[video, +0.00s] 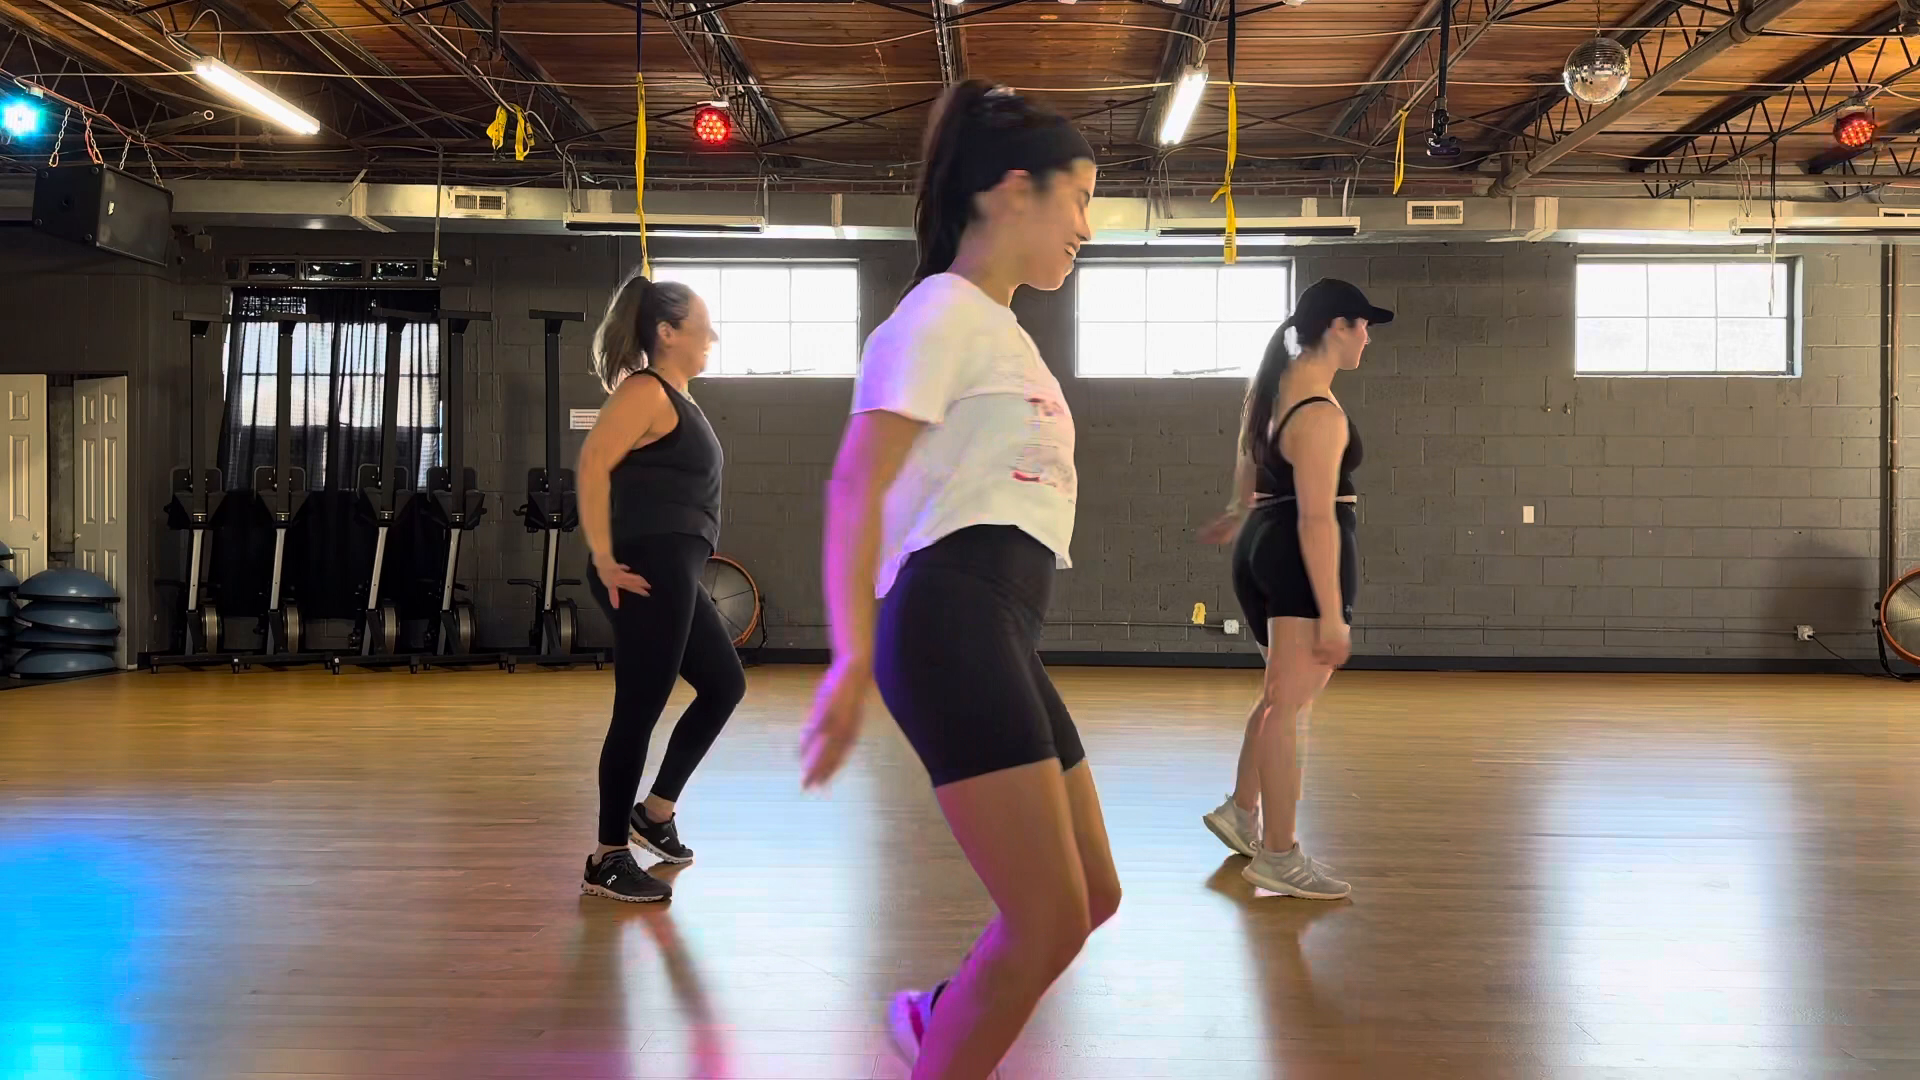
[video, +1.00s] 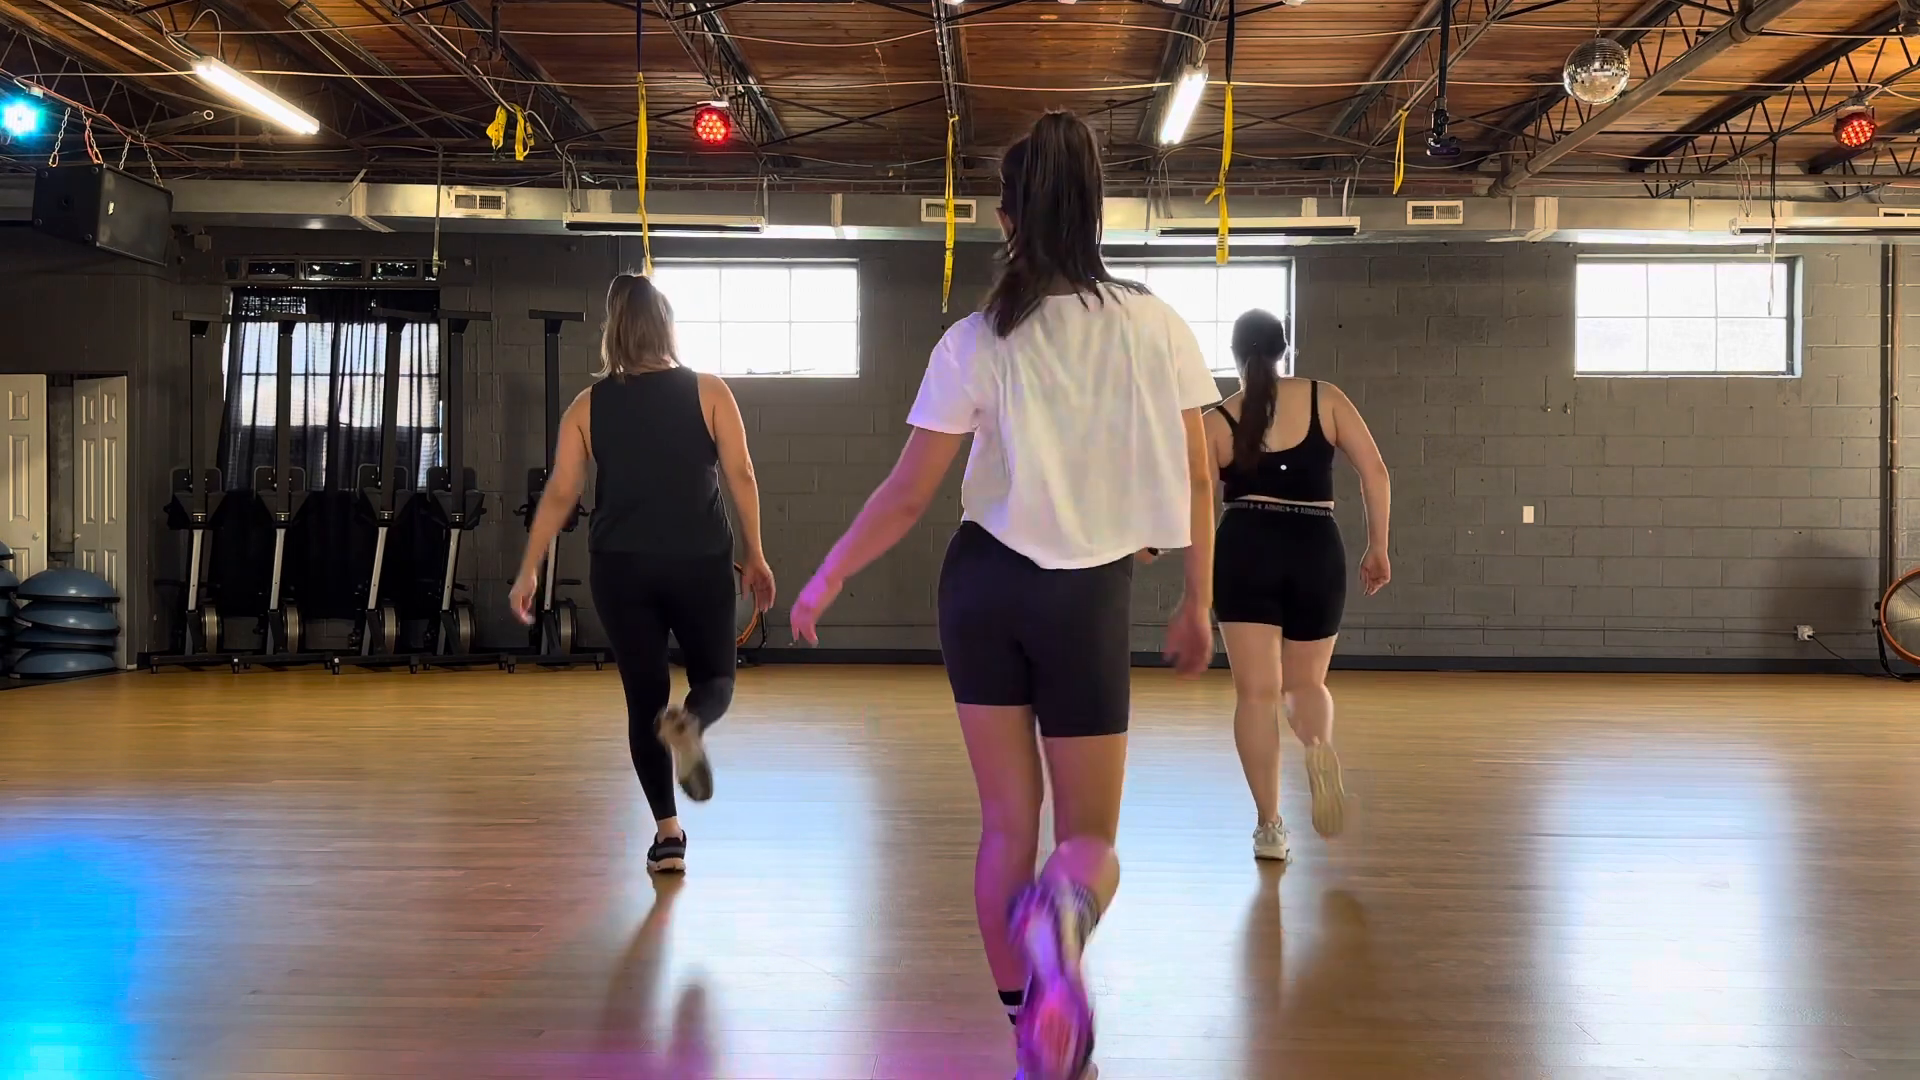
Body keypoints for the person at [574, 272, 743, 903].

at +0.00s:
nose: (713, 337)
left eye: (711, 326)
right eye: (704, 327)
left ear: (671, 334)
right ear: (668, 332)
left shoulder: (671, 395)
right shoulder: (646, 389)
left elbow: (651, 488)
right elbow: (592, 463)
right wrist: (603, 559)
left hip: (675, 570)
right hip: (650, 570)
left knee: (724, 686)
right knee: (637, 710)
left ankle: (657, 808)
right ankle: (609, 854)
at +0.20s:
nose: (708, 341)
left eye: (707, 329)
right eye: (705, 329)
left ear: (640, 329)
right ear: (686, 329)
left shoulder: (611, 396)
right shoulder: (682, 388)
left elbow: (584, 488)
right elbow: (681, 480)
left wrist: (584, 570)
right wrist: (710, 567)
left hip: (615, 569)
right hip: (667, 567)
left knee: (690, 678)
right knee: (643, 711)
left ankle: (669, 810)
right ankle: (600, 859)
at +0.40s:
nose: (706, 343)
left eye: (704, 335)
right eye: (705, 334)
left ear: (642, 334)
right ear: (696, 333)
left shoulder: (597, 396)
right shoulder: (705, 388)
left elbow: (561, 483)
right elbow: (733, 478)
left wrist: (549, 565)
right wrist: (776, 561)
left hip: (604, 572)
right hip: (678, 570)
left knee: (663, 681)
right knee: (645, 715)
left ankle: (665, 811)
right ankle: (597, 861)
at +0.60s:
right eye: (688, 323)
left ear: (633, 334)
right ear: (689, 330)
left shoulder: (594, 399)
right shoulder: (713, 397)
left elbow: (554, 479)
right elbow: (756, 485)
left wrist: (539, 557)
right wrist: (787, 554)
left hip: (607, 572)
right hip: (686, 572)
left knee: (650, 706)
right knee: (652, 716)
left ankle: (671, 832)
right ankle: (601, 856)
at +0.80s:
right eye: (674, 314)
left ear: (619, 325)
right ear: (676, 321)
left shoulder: (595, 388)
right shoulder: (712, 384)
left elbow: (532, 447)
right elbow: (755, 466)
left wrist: (534, 531)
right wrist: (770, 541)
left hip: (617, 562)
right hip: (695, 562)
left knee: (638, 694)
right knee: (678, 699)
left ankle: (663, 826)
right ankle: (626, 825)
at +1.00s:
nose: (665, 330)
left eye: (617, 325)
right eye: (666, 321)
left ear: (611, 332)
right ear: (668, 327)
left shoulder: (587, 405)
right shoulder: (709, 392)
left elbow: (561, 493)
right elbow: (740, 476)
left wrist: (529, 569)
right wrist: (754, 552)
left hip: (620, 570)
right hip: (699, 563)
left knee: (646, 700)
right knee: (714, 677)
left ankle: (668, 829)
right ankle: (687, 723)